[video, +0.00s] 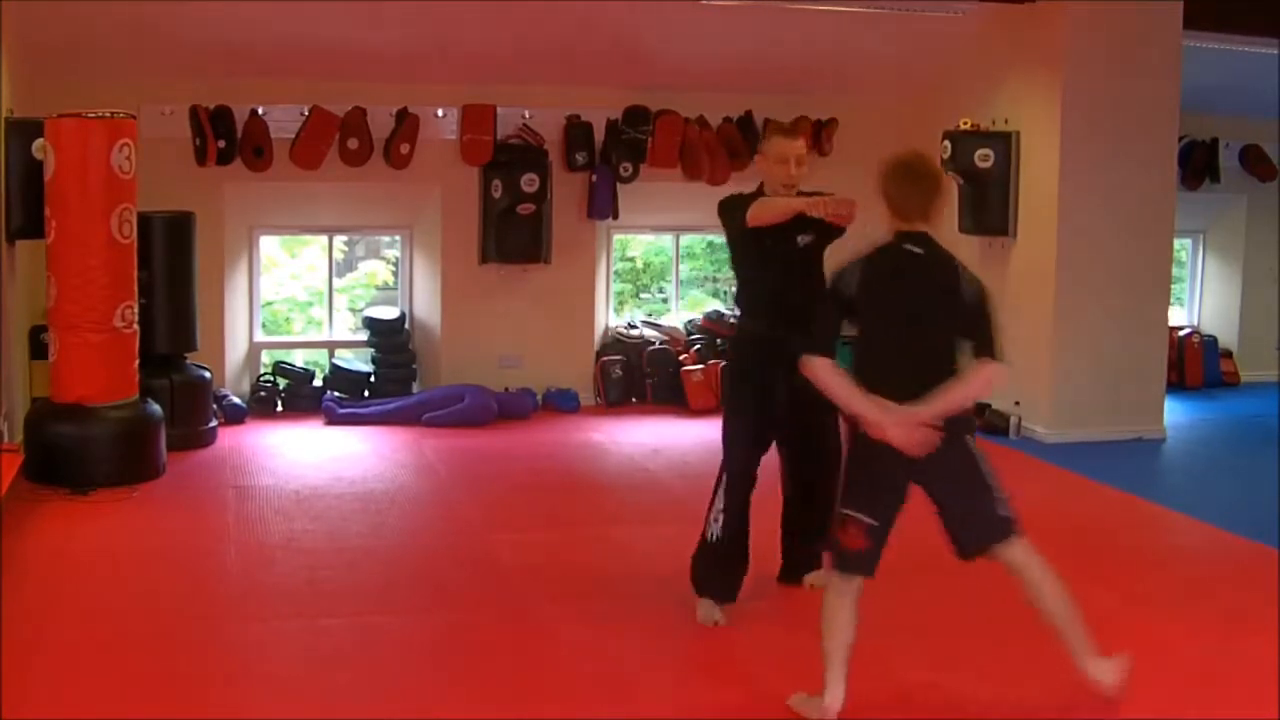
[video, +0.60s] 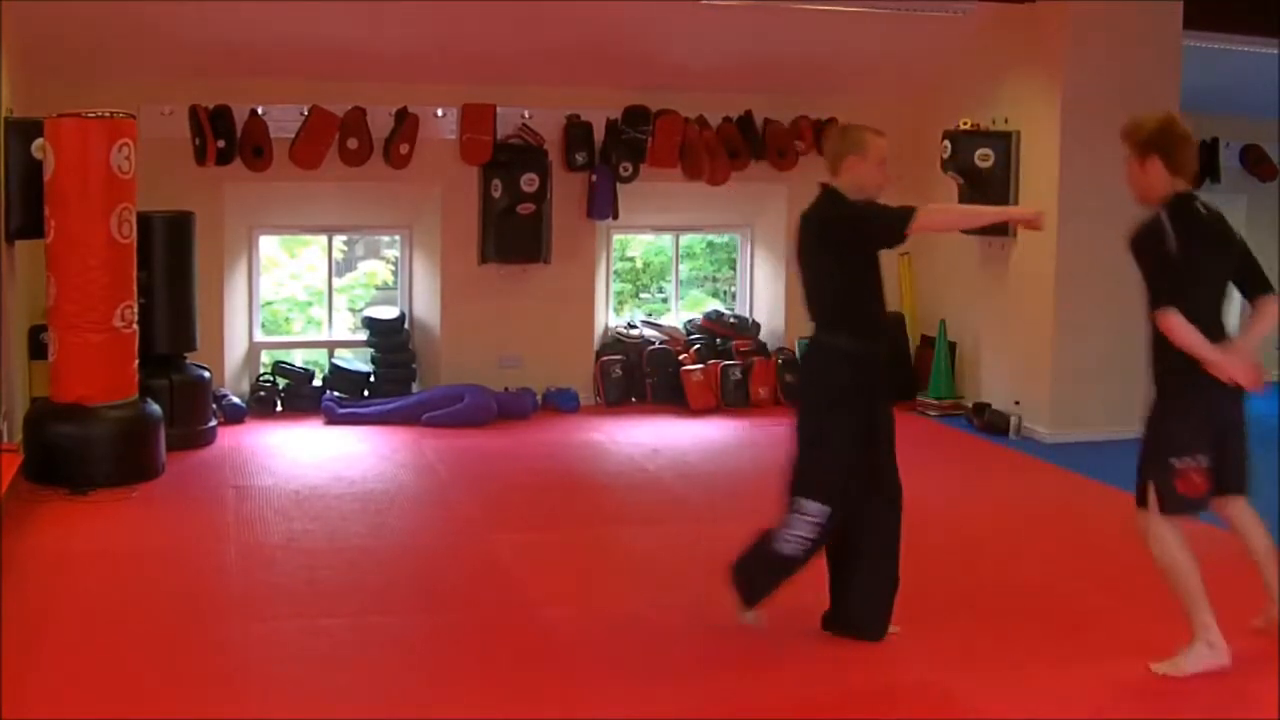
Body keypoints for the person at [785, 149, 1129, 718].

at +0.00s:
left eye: (890, 195)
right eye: (935, 195)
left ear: (885, 201)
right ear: (939, 201)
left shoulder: (853, 275)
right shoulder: (961, 279)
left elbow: (815, 363)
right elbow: (987, 371)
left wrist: (888, 423)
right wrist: (914, 415)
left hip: (872, 437)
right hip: (943, 436)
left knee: (844, 575)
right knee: (1015, 549)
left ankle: (832, 697)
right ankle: (1091, 664)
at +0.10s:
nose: (967, 208)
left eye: (954, 196)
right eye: (985, 198)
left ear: (942, 203)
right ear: (997, 206)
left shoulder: (912, 275)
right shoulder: (1013, 278)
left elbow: (882, 360)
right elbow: (1054, 369)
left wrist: (954, 414)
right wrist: (985, 412)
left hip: (935, 439)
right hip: (1006, 437)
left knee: (877, 566)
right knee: (1071, 553)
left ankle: (835, 694)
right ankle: (1128, 677)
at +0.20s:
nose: (992, 209)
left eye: (993, 200)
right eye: (995, 199)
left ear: (1004, 205)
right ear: (1049, 202)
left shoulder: (985, 271)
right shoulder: (1082, 269)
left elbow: (964, 361)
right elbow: (1128, 355)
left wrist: (1031, 402)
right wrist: (1068, 394)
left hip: (1005, 428)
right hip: (1073, 427)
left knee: (937, 547)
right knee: (1111, 552)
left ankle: (864, 675)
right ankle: (1140, 680)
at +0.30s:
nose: (1039, 184)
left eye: (1041, 176)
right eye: (1040, 176)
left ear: (1057, 179)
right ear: (1094, 180)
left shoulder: (1039, 244)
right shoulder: (1126, 242)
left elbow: (1031, 334)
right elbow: (1182, 323)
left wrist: (1100, 372)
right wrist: (1132, 365)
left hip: (1060, 410)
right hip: (1123, 413)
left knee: (1004, 531)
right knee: (1135, 542)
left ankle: (975, 668)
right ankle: (1151, 677)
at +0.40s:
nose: (1075, 152)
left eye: (1078, 142)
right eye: (1077, 142)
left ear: (1093, 145)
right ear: (1127, 146)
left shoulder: (1079, 209)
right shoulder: (1159, 204)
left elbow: (1083, 300)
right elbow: (1216, 287)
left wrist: (1154, 336)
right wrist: (1169, 330)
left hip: (1104, 374)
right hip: (1161, 374)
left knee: (1071, 494)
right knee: (1159, 507)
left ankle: (1101, 640)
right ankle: (1183, 644)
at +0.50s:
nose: (1103, 147)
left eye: (1107, 136)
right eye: (1105, 136)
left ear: (1126, 139)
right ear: (1157, 139)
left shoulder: (1118, 202)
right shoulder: (1192, 201)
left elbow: (1129, 288)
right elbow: (1244, 280)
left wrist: (1183, 331)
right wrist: (1202, 326)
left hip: (1144, 366)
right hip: (1196, 363)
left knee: (1134, 495)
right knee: (1191, 488)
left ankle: (1177, 630)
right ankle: (1241, 613)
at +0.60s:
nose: (1128, 175)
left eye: (1133, 164)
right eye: (1130, 164)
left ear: (1154, 166)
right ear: (1180, 165)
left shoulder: (1153, 231)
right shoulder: (1215, 222)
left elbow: (1167, 316)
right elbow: (1267, 302)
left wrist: (1224, 361)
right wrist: (1237, 352)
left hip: (1181, 393)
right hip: (1224, 389)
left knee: (1154, 516)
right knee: (1231, 499)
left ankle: (1208, 640)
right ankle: (1278, 601)